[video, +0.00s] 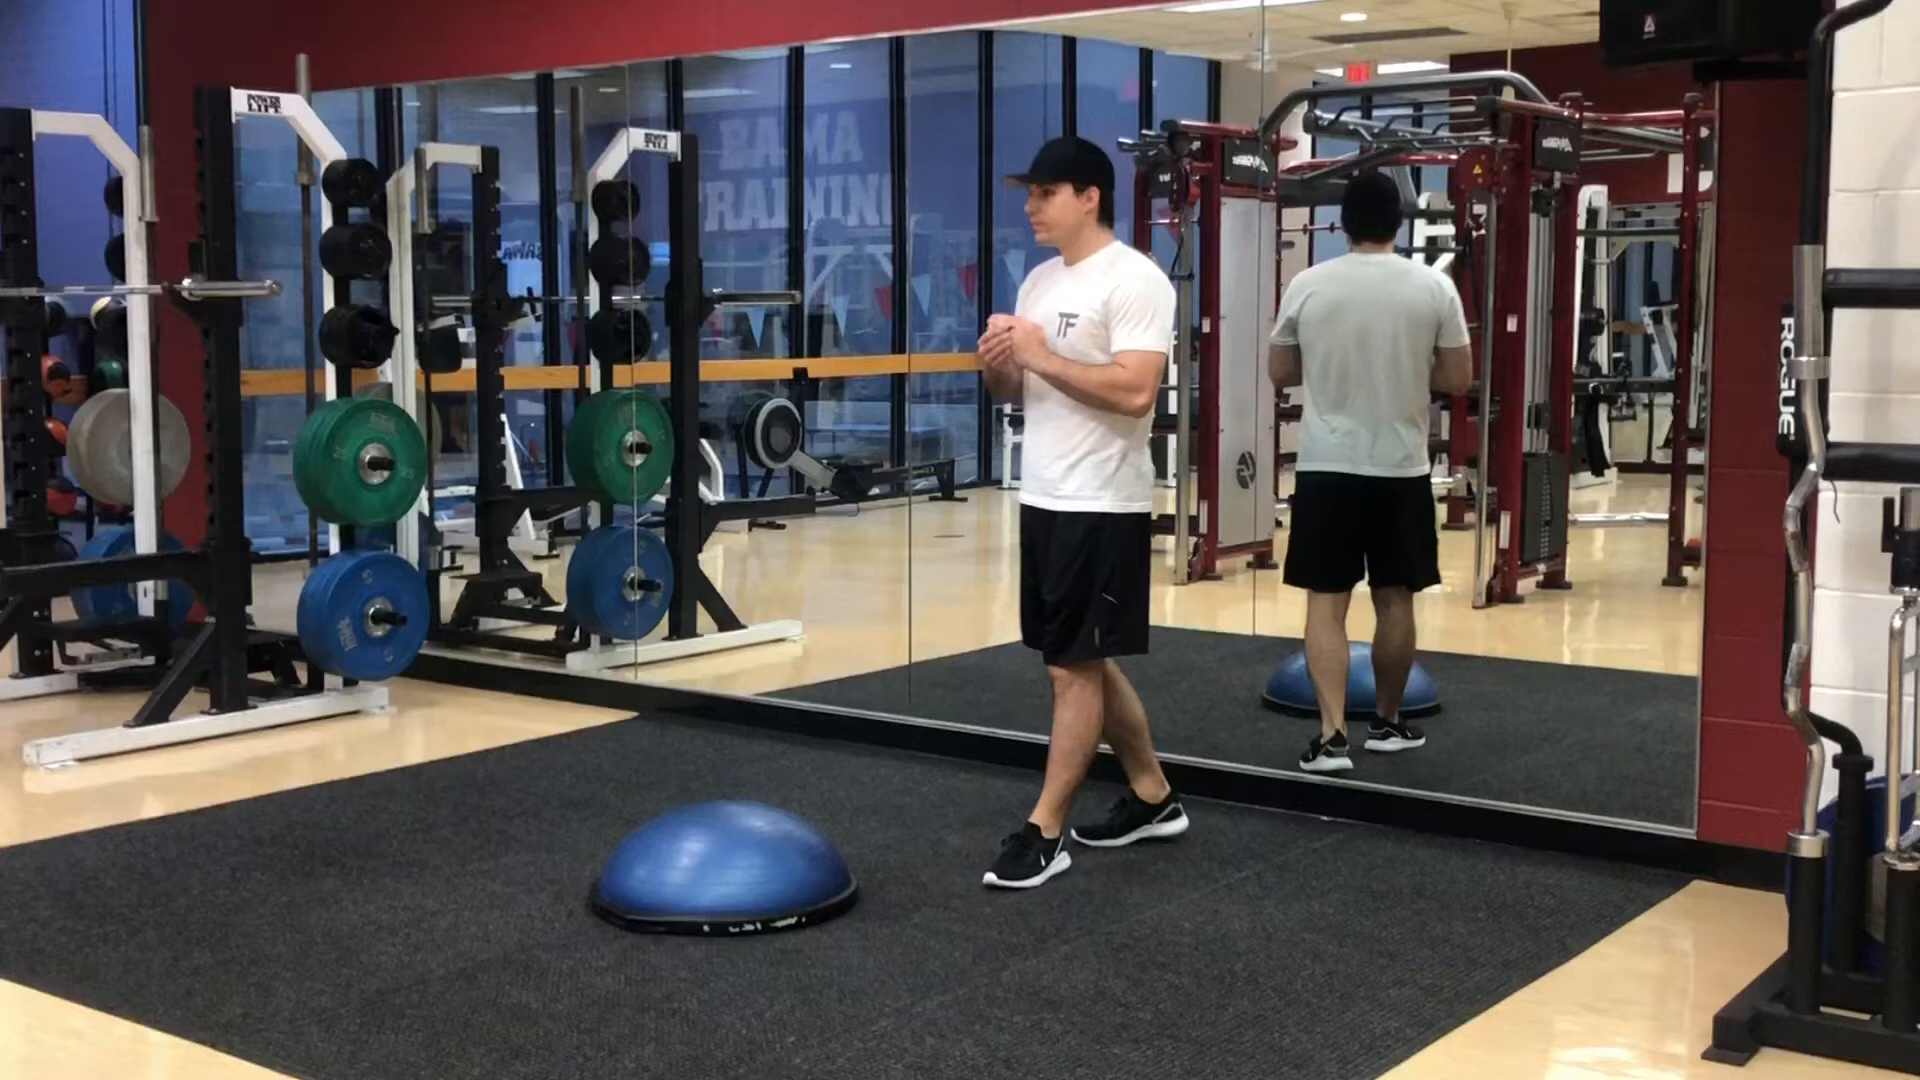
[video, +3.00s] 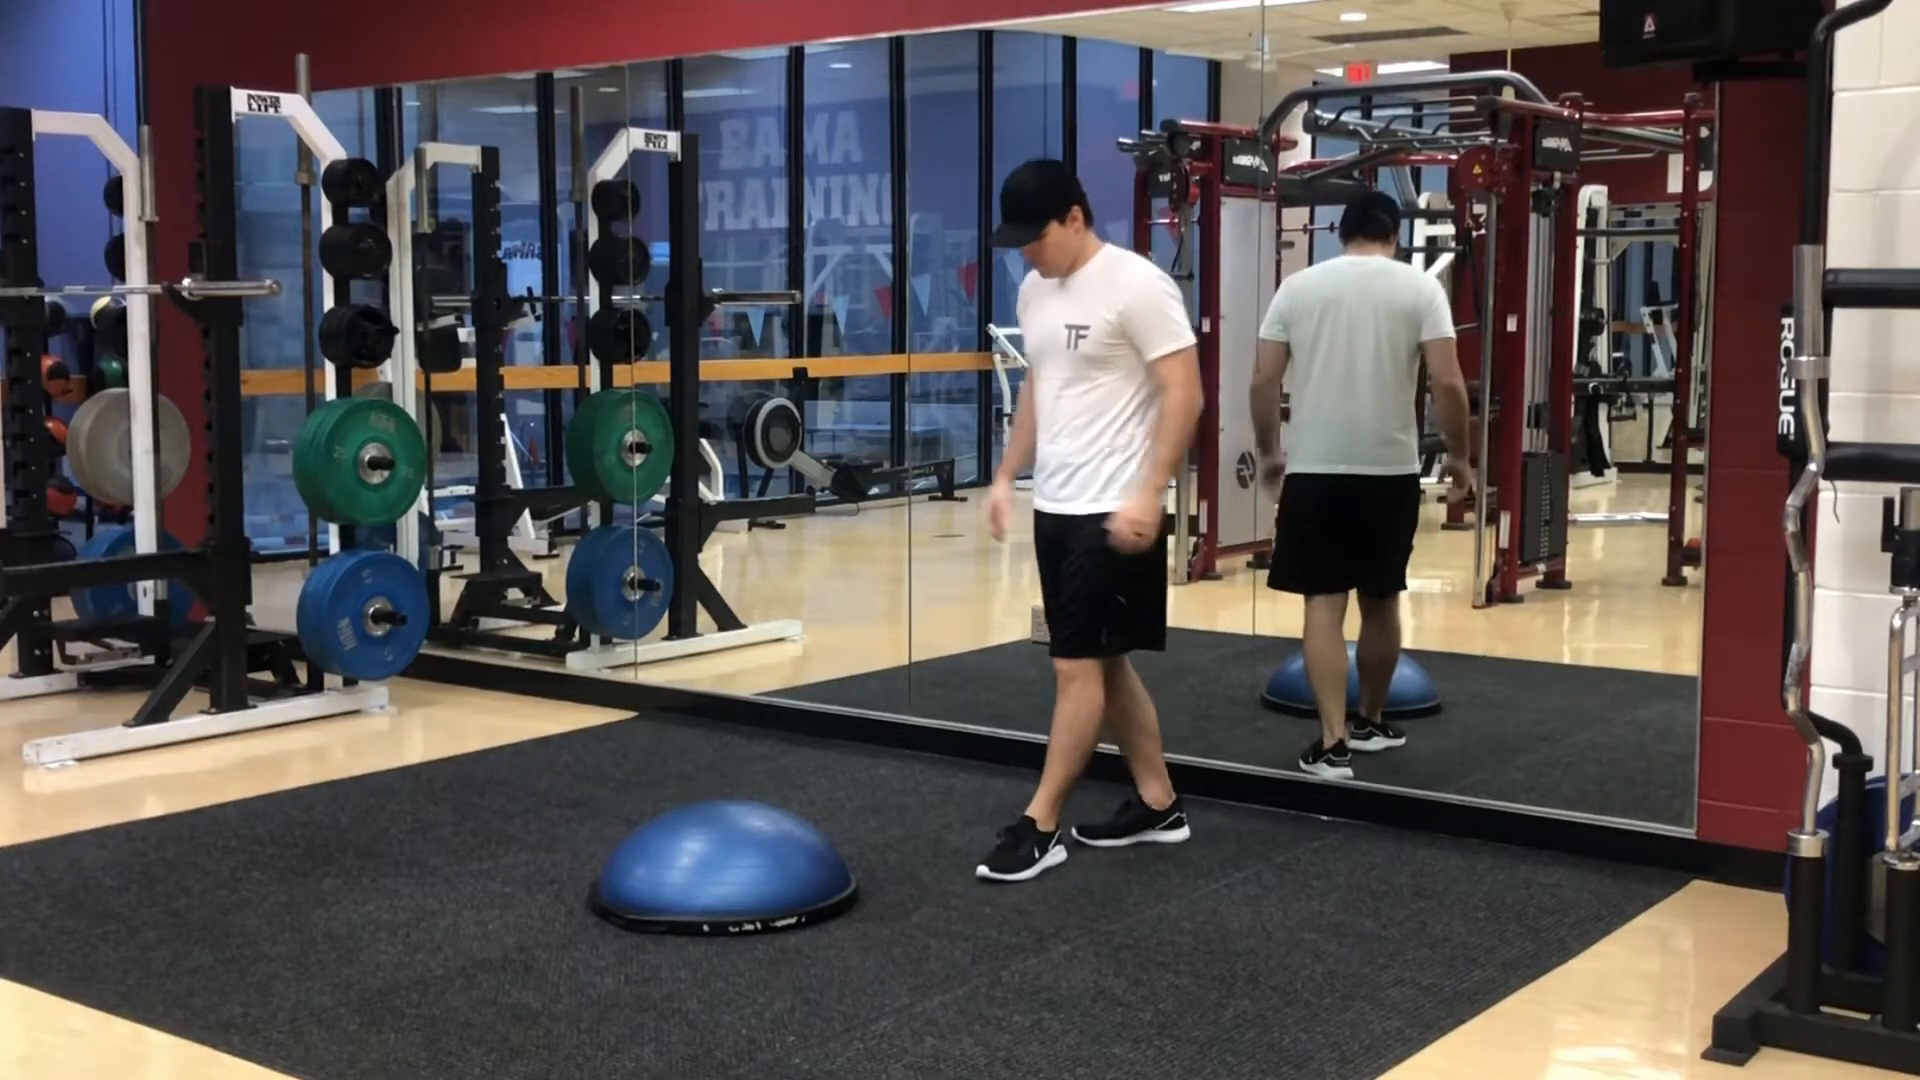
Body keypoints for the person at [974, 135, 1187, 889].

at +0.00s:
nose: (1032, 207)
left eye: (1045, 193)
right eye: (1032, 194)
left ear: (1089, 198)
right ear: (1064, 202)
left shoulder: (1140, 280)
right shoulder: (1039, 280)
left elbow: (1134, 393)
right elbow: (1014, 393)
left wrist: (1041, 358)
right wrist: (994, 364)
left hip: (1103, 503)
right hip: (1044, 498)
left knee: (1073, 665)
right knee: (1083, 659)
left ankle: (1045, 828)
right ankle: (1153, 793)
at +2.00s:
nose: (1097, 205)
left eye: (1111, 191)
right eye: (1093, 193)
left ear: (1152, 196)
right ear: (1095, 199)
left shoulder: (1193, 274)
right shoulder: (1088, 281)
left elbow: (1180, 379)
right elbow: (1051, 386)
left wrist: (1087, 363)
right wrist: (1054, 361)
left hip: (1156, 492)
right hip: (1095, 489)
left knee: (1121, 652)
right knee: (1128, 653)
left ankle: (1091, 813)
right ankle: (1161, 802)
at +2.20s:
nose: (1100, 213)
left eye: (1112, 199)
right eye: (1095, 201)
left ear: (1154, 198)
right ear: (1096, 205)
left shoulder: (1194, 275)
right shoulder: (1092, 284)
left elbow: (1166, 384)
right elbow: (1069, 373)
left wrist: (1087, 443)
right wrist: (1044, 426)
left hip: (1158, 495)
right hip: (1097, 490)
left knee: (1121, 652)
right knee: (1126, 652)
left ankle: (1091, 813)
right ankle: (1161, 801)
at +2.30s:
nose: (1093, 224)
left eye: (1104, 209)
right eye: (1088, 212)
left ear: (1145, 202)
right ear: (1094, 212)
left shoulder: (1193, 277)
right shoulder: (1093, 286)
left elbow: (1183, 391)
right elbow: (1077, 384)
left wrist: (1133, 477)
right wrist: (1045, 450)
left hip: (1159, 495)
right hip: (1097, 489)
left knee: (1119, 652)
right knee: (1126, 653)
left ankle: (1092, 813)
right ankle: (1161, 802)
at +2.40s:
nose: (1084, 235)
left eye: (1091, 220)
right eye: (1081, 223)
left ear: (1130, 207)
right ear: (1111, 214)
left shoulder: (1189, 278)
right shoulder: (1093, 288)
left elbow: (1209, 394)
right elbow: (1079, 391)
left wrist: (1204, 497)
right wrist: (1047, 477)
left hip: (1151, 499)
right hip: (1094, 495)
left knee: (1111, 647)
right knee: (1128, 653)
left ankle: (1090, 812)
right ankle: (1161, 802)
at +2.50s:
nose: (1074, 242)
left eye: (1080, 227)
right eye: (1068, 230)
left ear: (1121, 209)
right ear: (1091, 219)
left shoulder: (1185, 278)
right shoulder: (1087, 287)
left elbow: (1230, 383)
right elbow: (1084, 391)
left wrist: (1255, 486)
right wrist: (1068, 482)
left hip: (1157, 501)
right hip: (1094, 498)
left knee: (1097, 646)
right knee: (1130, 652)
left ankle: (1087, 810)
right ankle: (1160, 803)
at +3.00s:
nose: (1027, 257)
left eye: (1033, 241)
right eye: (1019, 245)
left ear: (1075, 220)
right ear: (1042, 231)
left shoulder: (1140, 285)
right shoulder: (1035, 291)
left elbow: (1185, 393)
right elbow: (1038, 392)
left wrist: (1149, 493)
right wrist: (1005, 475)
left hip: (1117, 510)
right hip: (1057, 509)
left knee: (1077, 664)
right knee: (1105, 664)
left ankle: (1042, 822)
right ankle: (1158, 803)